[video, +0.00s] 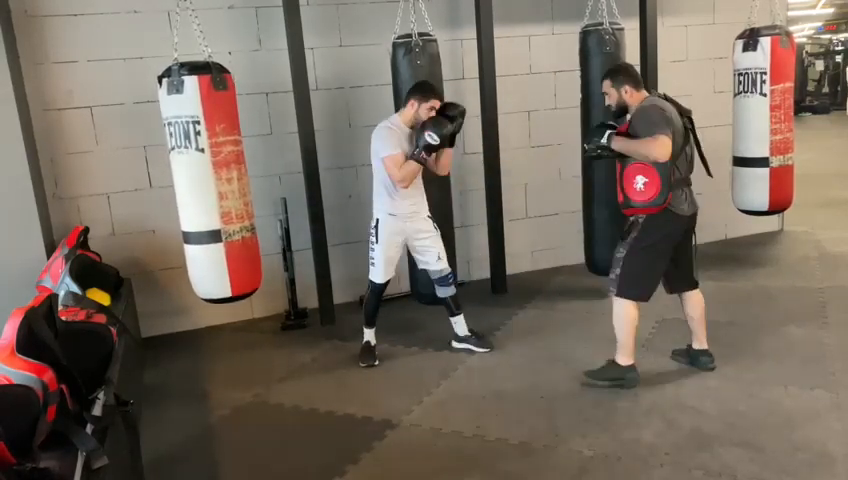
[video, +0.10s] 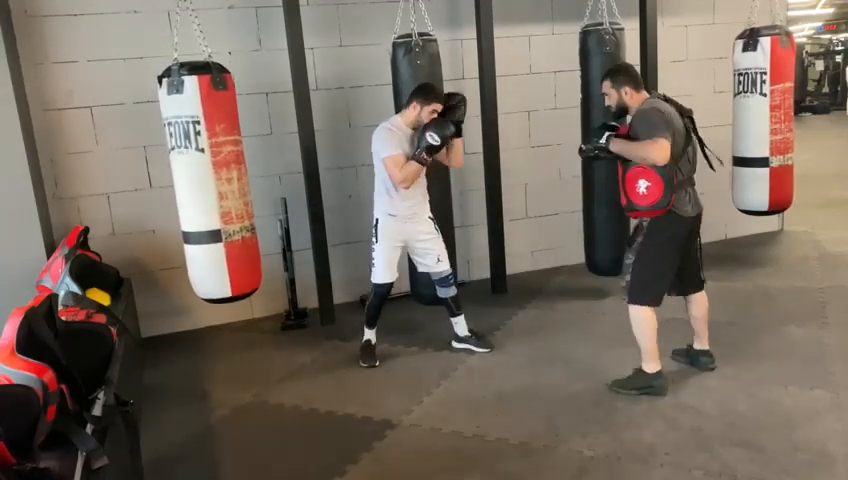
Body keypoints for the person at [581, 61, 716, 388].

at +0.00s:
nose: (607, 101)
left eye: (609, 93)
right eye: (606, 94)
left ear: (625, 89)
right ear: (634, 89)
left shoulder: (647, 111)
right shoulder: (662, 107)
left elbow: (660, 151)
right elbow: (660, 153)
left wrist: (612, 140)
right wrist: (615, 140)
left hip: (660, 214)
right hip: (682, 212)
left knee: (624, 286)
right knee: (685, 282)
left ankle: (624, 364)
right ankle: (700, 350)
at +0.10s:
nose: (607, 102)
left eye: (609, 94)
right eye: (606, 95)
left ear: (626, 90)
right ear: (635, 89)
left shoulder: (647, 114)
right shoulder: (663, 107)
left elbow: (659, 154)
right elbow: (659, 154)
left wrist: (611, 143)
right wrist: (614, 142)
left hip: (664, 217)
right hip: (687, 212)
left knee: (639, 295)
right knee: (692, 284)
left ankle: (650, 371)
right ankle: (701, 350)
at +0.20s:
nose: (601, 107)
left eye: (602, 100)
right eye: (600, 101)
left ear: (619, 95)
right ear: (628, 93)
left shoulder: (644, 120)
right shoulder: (658, 110)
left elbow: (650, 165)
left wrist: (604, 154)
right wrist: (616, 147)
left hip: (667, 220)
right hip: (689, 214)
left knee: (648, 297)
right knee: (691, 286)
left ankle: (653, 375)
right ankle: (701, 350)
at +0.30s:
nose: (597, 115)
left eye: (598, 108)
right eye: (595, 109)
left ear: (615, 104)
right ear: (624, 100)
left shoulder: (641, 128)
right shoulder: (655, 114)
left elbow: (644, 180)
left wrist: (599, 167)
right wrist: (617, 154)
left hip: (672, 222)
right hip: (694, 214)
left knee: (647, 298)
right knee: (690, 284)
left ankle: (652, 376)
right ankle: (702, 347)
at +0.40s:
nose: (599, 116)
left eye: (599, 109)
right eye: (597, 110)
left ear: (616, 106)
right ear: (627, 101)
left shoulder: (644, 130)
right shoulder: (656, 117)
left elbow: (650, 185)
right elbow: (663, 167)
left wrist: (605, 174)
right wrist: (619, 158)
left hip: (673, 223)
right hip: (695, 215)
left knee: (647, 298)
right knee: (689, 280)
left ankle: (653, 376)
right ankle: (712, 344)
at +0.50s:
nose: (605, 111)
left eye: (606, 103)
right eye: (603, 104)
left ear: (624, 101)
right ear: (632, 97)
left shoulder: (652, 124)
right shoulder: (662, 113)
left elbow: (658, 179)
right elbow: (667, 164)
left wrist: (610, 168)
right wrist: (625, 152)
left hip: (675, 222)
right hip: (697, 215)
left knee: (651, 296)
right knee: (697, 280)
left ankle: (653, 376)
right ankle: (724, 342)